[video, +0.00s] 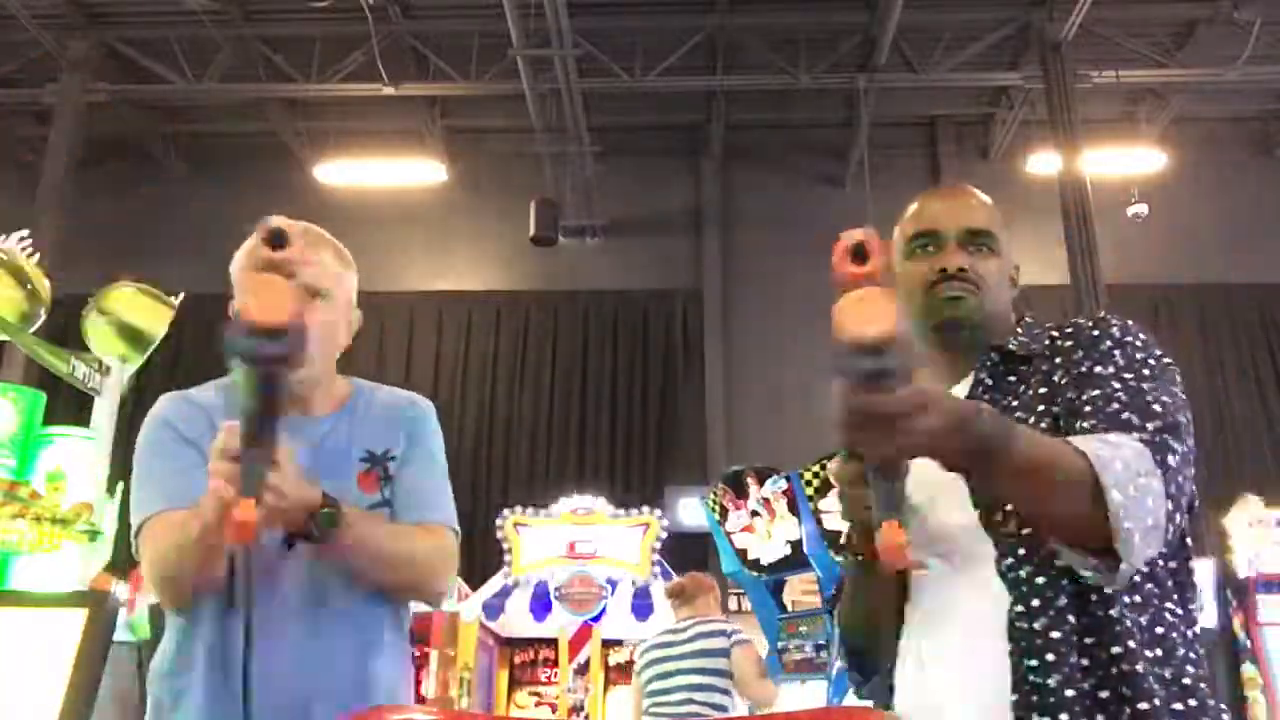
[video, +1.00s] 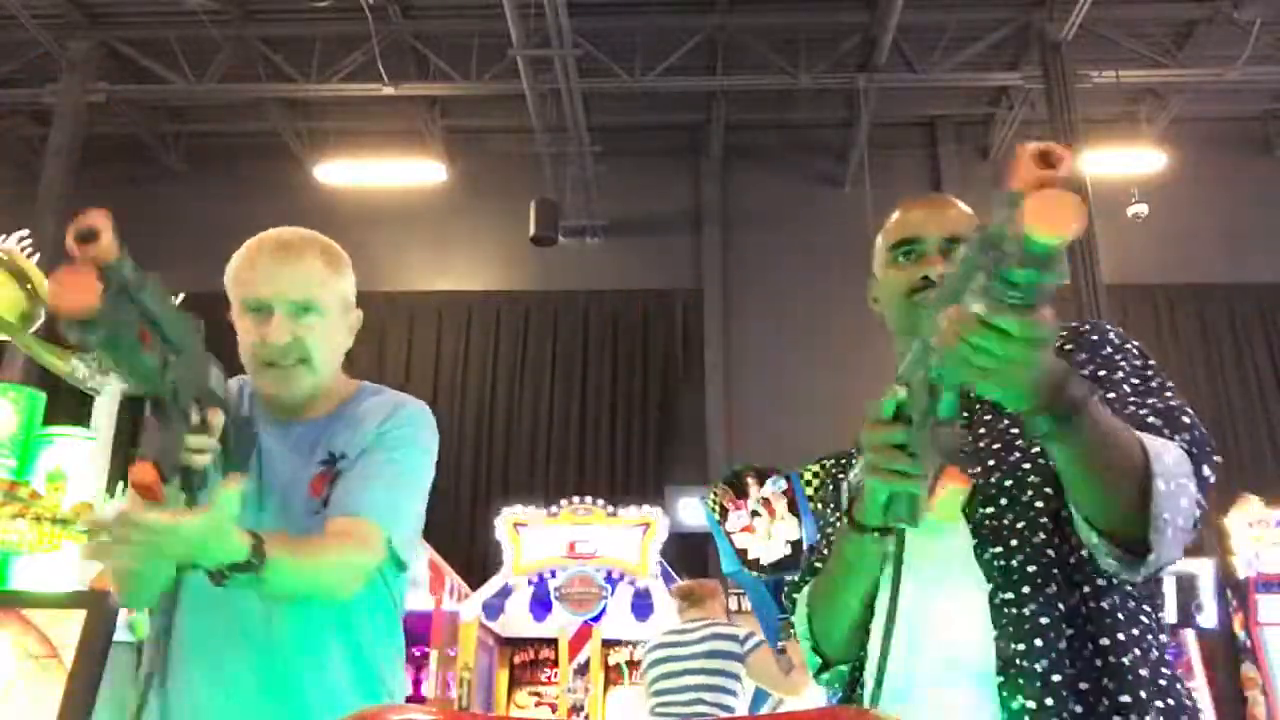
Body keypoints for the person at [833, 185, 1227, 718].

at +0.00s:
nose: (952, 262)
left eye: (977, 244)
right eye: (925, 247)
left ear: (1012, 274)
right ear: (897, 282)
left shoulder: (1102, 350)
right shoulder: (893, 419)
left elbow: (1134, 513)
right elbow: (871, 667)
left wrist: (967, 437)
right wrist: (868, 537)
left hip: (1107, 699)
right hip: (944, 705)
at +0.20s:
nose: (924, 266)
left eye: (949, 252)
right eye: (897, 252)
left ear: (983, 293)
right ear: (863, 296)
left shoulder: (1077, 397)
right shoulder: (836, 472)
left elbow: (1205, 592)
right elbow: (801, 651)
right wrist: (883, 540)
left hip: (1081, 705)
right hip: (904, 707)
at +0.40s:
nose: (907, 268)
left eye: (933, 254)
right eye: (881, 255)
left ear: (971, 287)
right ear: (854, 297)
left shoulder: (1079, 393)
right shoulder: (847, 460)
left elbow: (1161, 560)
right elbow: (805, 665)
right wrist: (851, 550)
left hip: (1069, 706)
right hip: (892, 709)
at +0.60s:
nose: (895, 277)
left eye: (921, 258)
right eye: (872, 265)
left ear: (974, 280)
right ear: (855, 300)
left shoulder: (1047, 345)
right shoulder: (892, 443)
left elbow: (1038, 506)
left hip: (1073, 699)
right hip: (945, 704)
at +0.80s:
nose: (908, 270)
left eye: (936, 253)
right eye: (885, 260)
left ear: (986, 280)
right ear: (868, 297)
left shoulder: (1064, 347)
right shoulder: (894, 439)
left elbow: (1088, 519)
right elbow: (858, 667)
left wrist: (895, 445)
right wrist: (834, 530)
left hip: (1080, 699)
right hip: (935, 704)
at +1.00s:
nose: (933, 271)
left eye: (956, 250)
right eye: (906, 254)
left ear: (993, 268)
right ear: (875, 296)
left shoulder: (1084, 357)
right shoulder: (877, 451)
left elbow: (1164, 525)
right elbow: (822, 648)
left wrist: (1057, 404)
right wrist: (870, 521)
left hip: (1087, 704)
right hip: (907, 706)